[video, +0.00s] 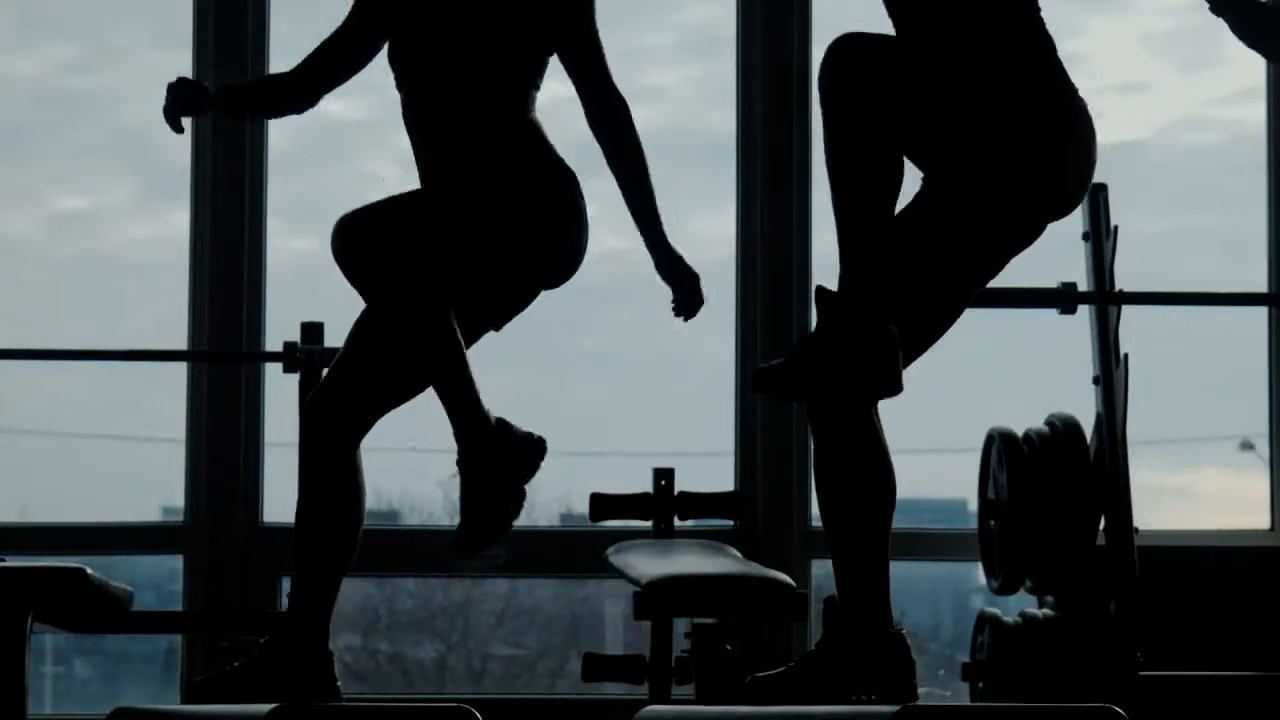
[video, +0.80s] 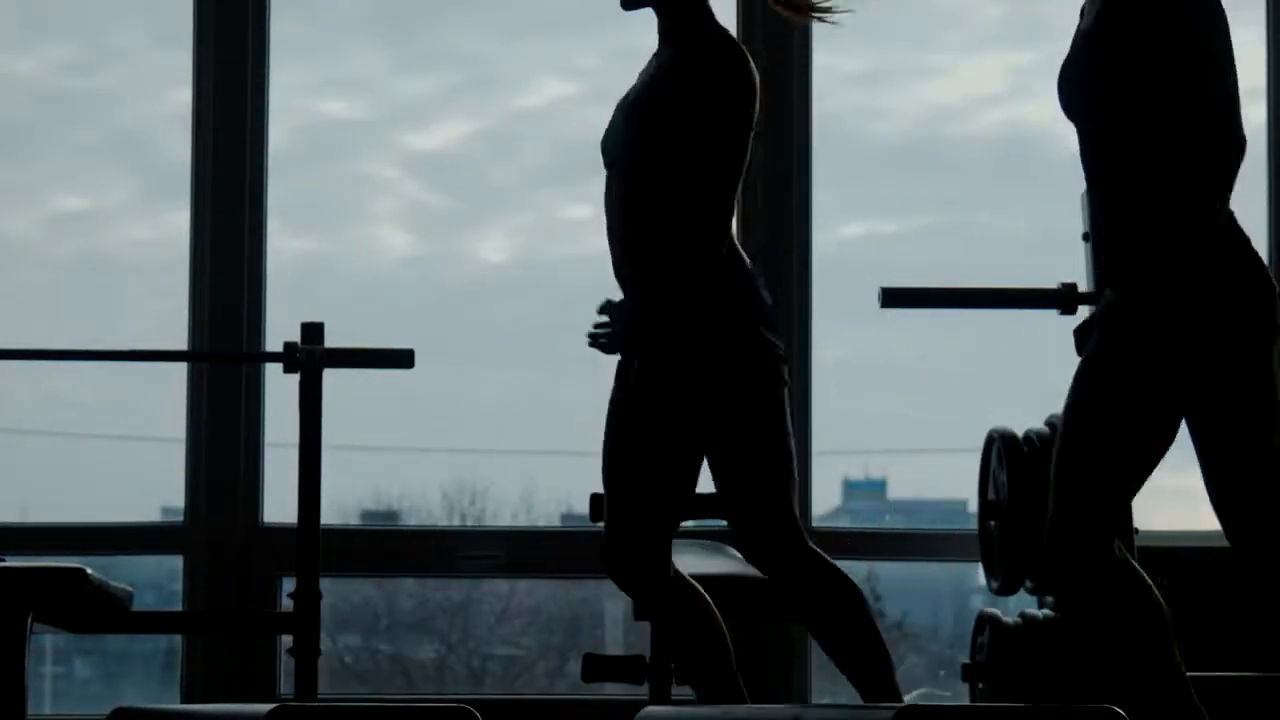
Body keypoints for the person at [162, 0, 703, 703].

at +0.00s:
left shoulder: (549, 0)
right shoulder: (395, 0)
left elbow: (606, 111)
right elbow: (303, 86)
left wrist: (659, 245)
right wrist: (211, 99)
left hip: (541, 209)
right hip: (463, 220)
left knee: (365, 236)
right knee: (331, 415)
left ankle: (485, 442)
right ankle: (304, 647)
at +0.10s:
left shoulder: (573, 0)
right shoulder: (432, 6)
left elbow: (588, 116)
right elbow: (366, 120)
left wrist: (585, 244)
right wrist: (265, 198)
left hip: (550, 238)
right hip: (471, 238)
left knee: (450, 370)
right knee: (360, 424)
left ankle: (604, 542)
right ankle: (307, 648)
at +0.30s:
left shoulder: (651, 34)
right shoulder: (583, 52)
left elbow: (588, 152)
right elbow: (555, 211)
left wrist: (455, 152)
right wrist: (506, 314)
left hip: (640, 299)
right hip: (567, 303)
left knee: (701, 514)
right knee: (410, 444)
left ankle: (818, 681)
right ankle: (307, 652)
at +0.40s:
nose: (601, 2)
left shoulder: (700, 75)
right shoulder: (663, 71)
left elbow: (610, 171)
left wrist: (472, 131)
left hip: (713, 350)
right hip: (649, 344)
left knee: (775, 566)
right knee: (465, 455)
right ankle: (329, 648)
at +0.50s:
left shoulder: (719, 58)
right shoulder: (694, 55)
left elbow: (643, 176)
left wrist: (510, 148)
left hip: (735, 338)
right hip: (699, 333)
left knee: (783, 558)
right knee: (504, 445)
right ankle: (386, 648)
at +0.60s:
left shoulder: (725, 41)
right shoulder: (698, 32)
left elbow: (665, 176)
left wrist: (533, 202)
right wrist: (869, 38)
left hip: (757, 316)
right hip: (689, 312)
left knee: (797, 532)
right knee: (523, 444)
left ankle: (906, 707)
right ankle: (510, 670)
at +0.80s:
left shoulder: (717, 64)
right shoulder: (664, 67)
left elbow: (701, 215)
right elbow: (671, 211)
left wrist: (648, 313)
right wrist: (638, 310)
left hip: (724, 338)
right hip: (664, 339)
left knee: (774, 541)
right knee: (633, 554)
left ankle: (889, 705)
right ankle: (732, 718)